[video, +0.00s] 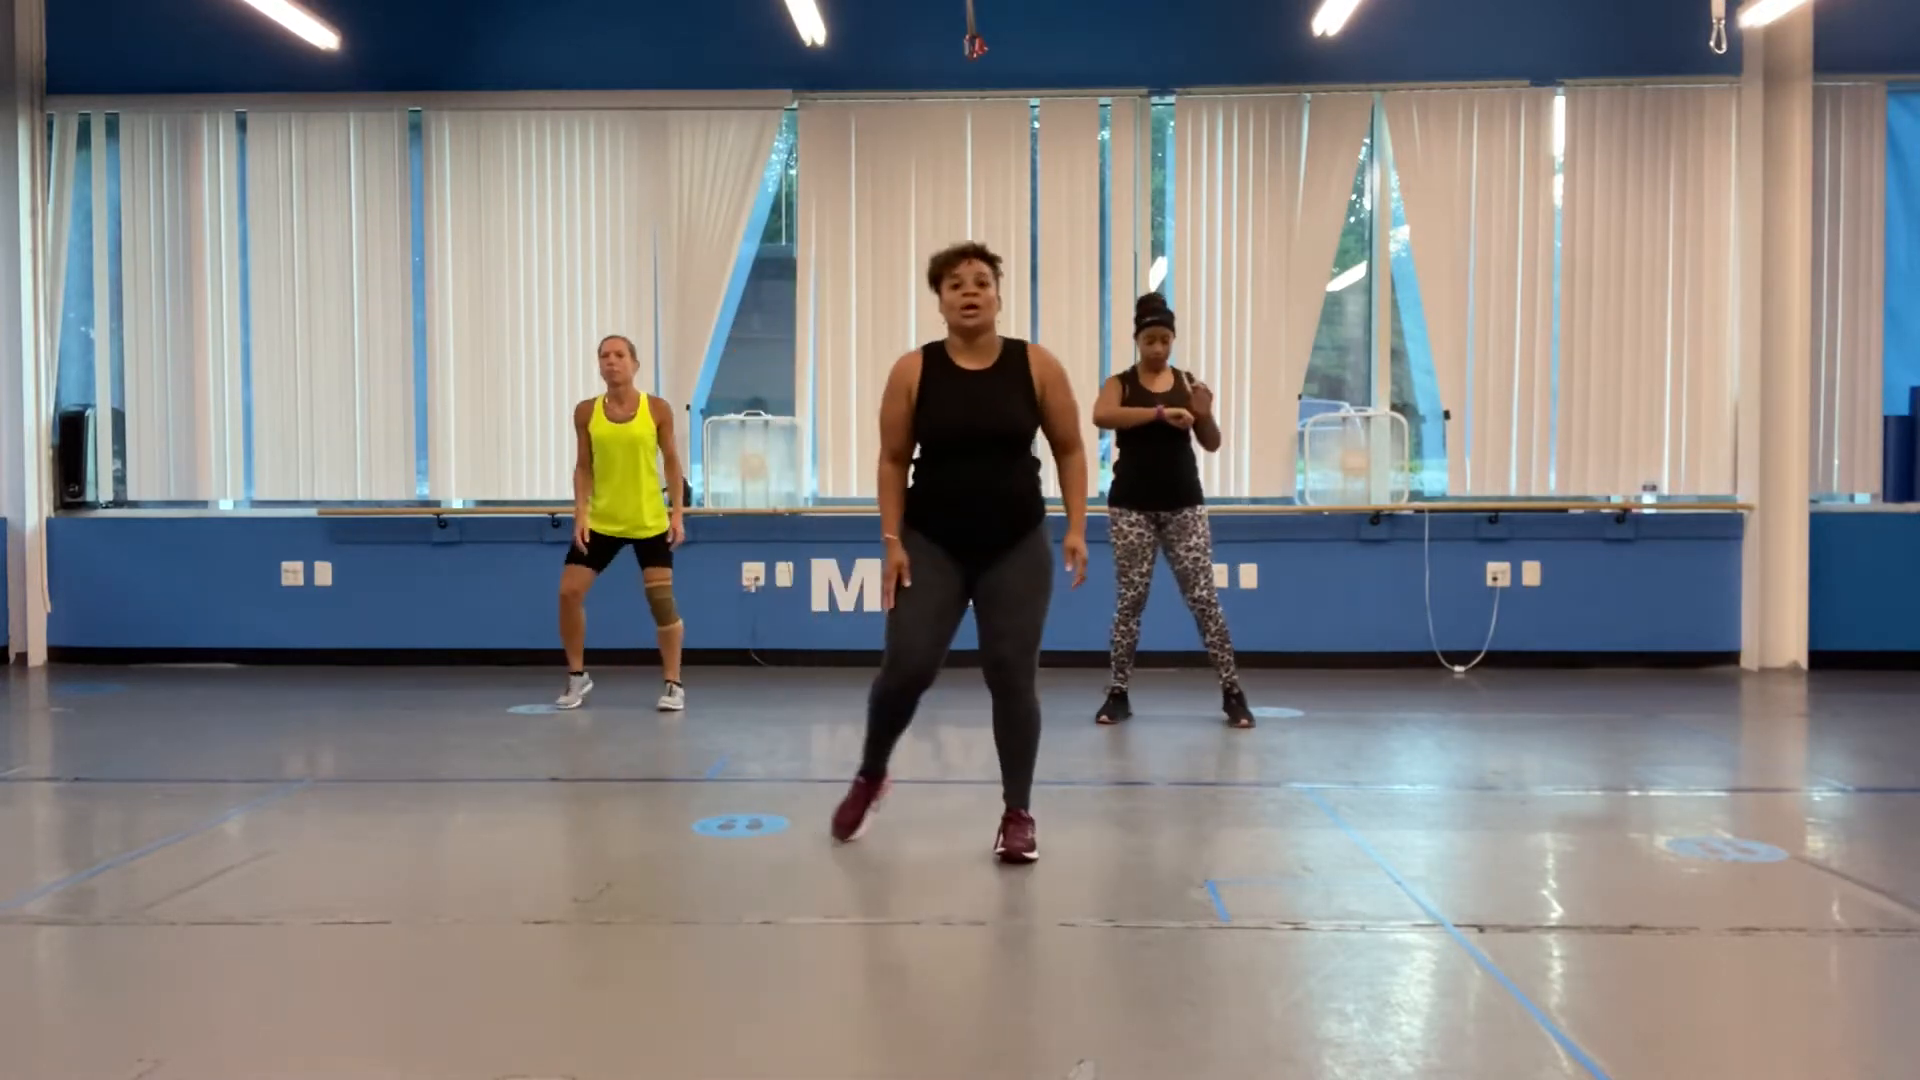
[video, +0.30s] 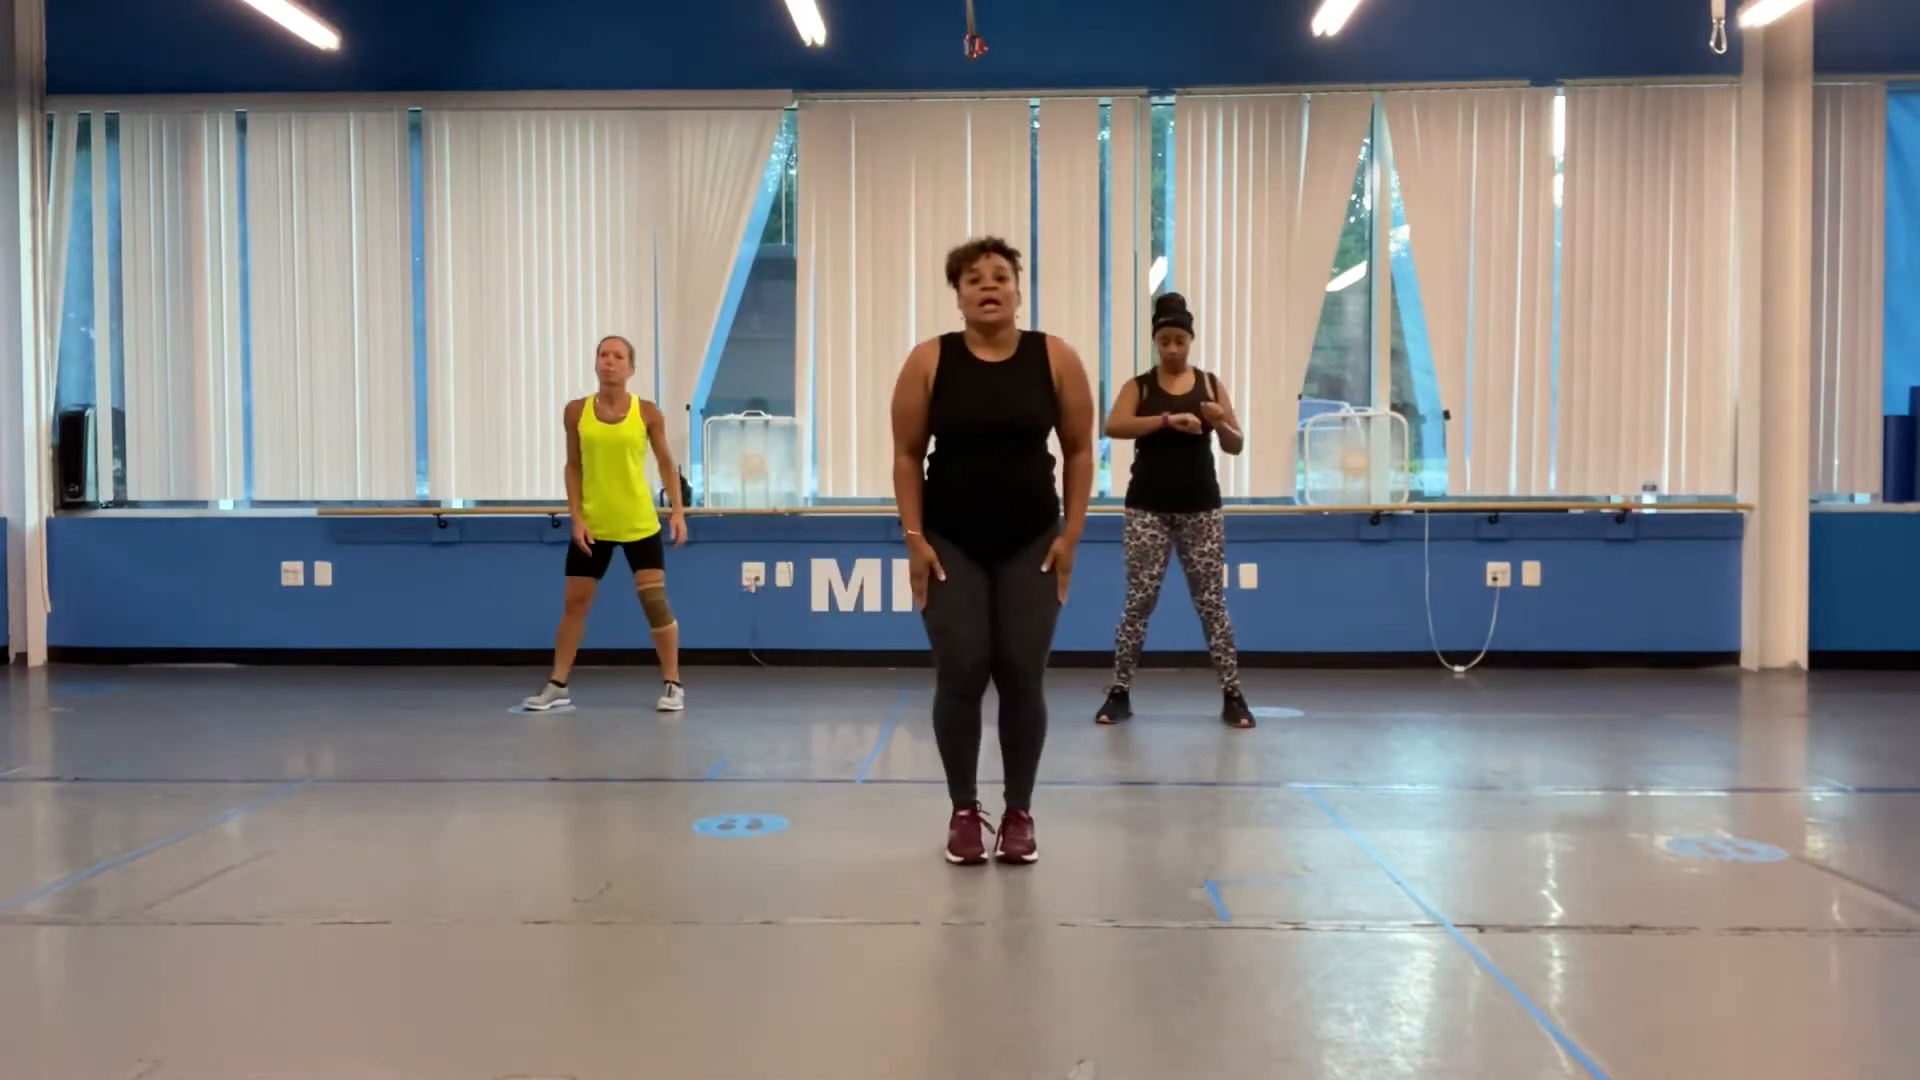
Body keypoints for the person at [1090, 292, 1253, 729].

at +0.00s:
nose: (1158, 347)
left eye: (1164, 340)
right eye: (1150, 340)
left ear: (1173, 341)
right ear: (1137, 341)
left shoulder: (1189, 385)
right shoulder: (1119, 384)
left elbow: (1211, 444)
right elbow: (1101, 416)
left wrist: (1203, 415)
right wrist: (1160, 413)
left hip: (1183, 507)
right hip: (1131, 508)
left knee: (1202, 599)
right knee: (1130, 599)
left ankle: (1232, 691)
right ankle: (1117, 693)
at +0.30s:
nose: (1173, 347)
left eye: (1180, 339)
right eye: (1166, 340)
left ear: (1190, 341)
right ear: (1155, 342)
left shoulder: (1210, 385)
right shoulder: (1137, 387)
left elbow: (1234, 446)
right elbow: (1113, 426)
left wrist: (1222, 421)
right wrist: (1166, 420)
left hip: (1200, 510)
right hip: (1147, 509)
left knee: (1211, 602)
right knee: (1139, 601)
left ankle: (1232, 694)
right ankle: (1118, 693)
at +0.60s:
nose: (1171, 347)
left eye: (1178, 340)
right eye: (1165, 340)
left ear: (1190, 341)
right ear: (1155, 342)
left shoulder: (1210, 384)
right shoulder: (1136, 388)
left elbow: (1235, 444)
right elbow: (1114, 428)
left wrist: (1220, 422)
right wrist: (1164, 422)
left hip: (1201, 510)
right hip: (1148, 509)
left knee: (1211, 603)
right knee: (1138, 601)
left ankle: (1233, 695)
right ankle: (1118, 693)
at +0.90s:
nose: (1168, 344)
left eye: (1175, 337)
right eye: (1161, 337)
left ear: (1186, 339)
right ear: (1151, 341)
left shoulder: (1206, 384)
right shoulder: (1132, 388)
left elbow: (1228, 444)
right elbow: (1117, 434)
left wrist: (1215, 430)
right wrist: (1163, 427)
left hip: (1198, 511)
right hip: (1147, 512)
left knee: (1209, 603)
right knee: (1136, 601)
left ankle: (1232, 695)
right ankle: (1117, 693)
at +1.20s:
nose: (1181, 343)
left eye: (1188, 336)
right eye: (1173, 337)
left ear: (1200, 341)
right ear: (1163, 343)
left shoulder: (1220, 390)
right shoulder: (1145, 393)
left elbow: (1237, 444)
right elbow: (1132, 455)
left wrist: (1249, 483)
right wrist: (1174, 484)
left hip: (1208, 514)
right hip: (1154, 514)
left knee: (1219, 605)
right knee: (1141, 604)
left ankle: (1234, 695)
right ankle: (1119, 693)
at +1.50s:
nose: (1153, 340)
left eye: (1161, 333)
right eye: (1145, 332)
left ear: (1170, 341)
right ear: (1132, 339)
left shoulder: (1183, 388)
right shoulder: (1109, 390)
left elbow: (1225, 429)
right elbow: (1104, 442)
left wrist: (1281, 457)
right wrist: (1160, 426)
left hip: (1182, 510)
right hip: (1129, 513)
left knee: (1204, 600)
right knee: (1109, 602)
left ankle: (1246, 687)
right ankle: (1087, 692)